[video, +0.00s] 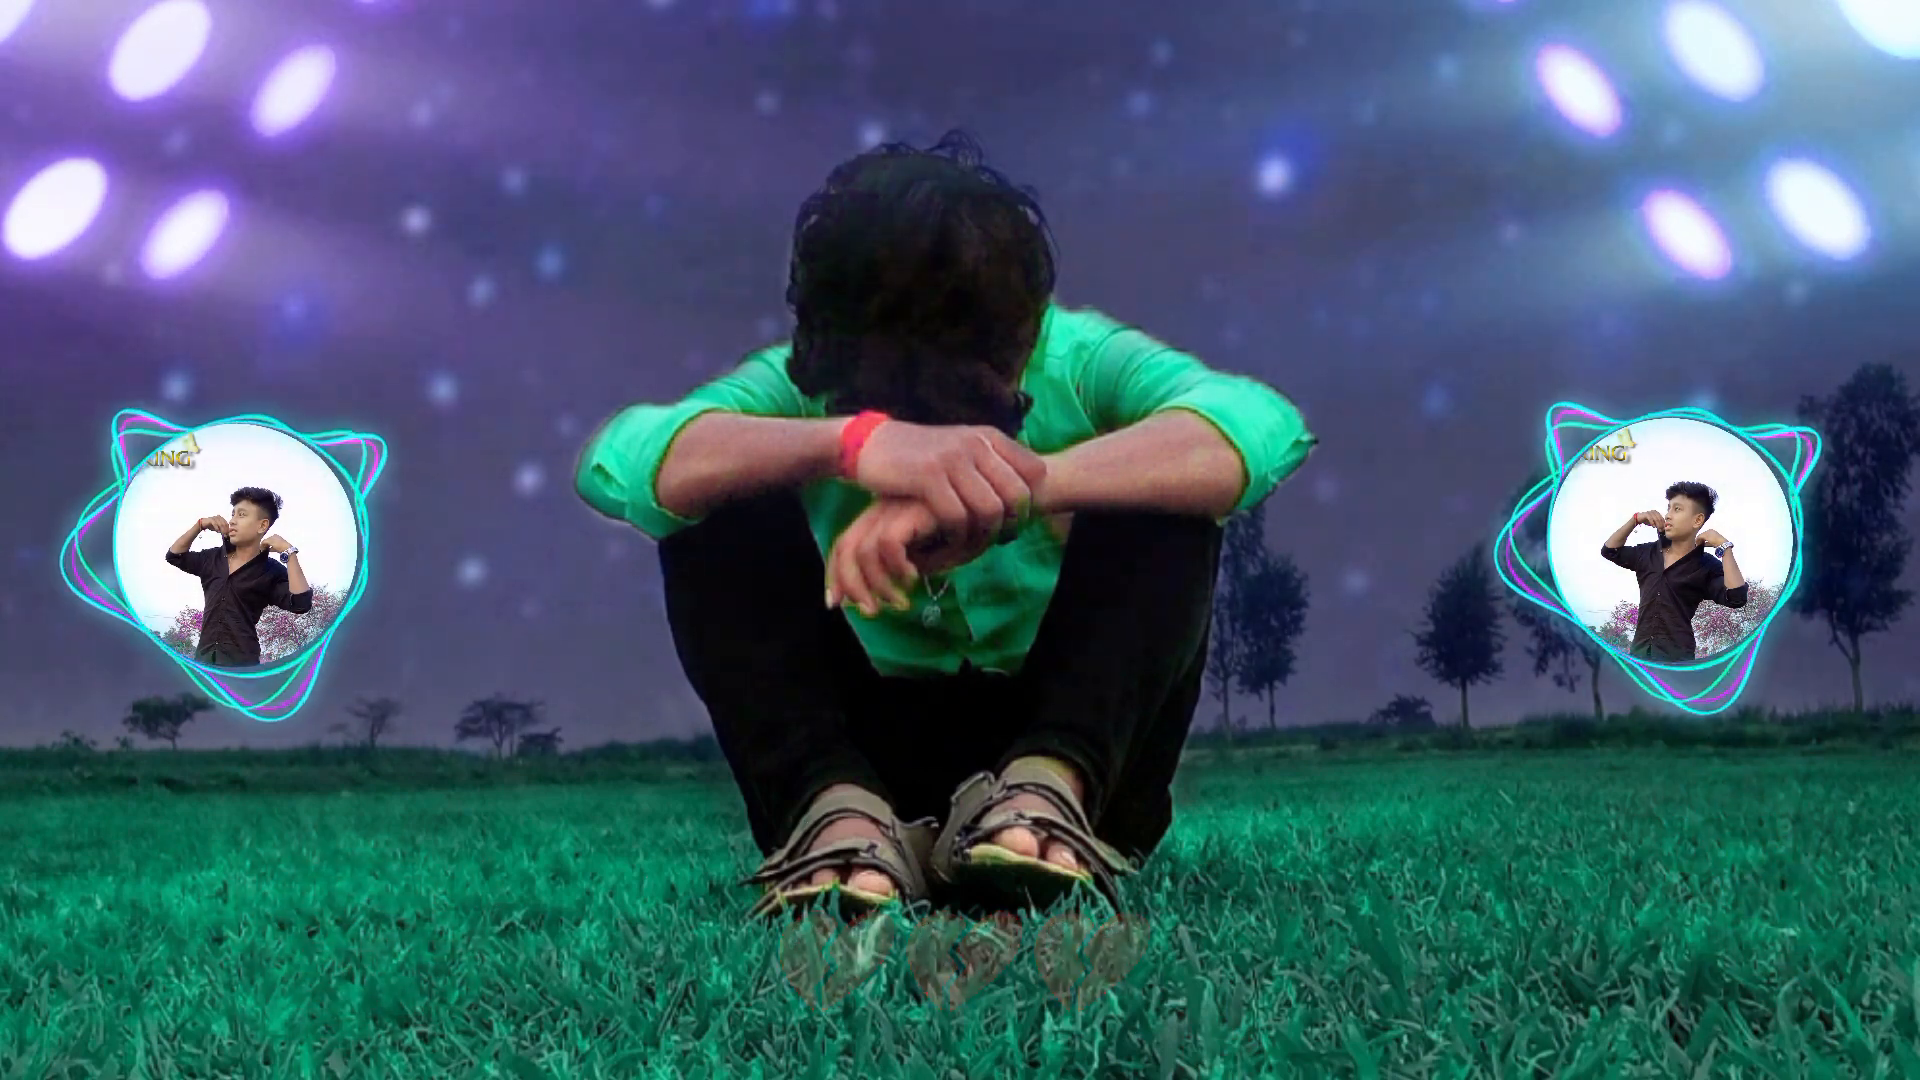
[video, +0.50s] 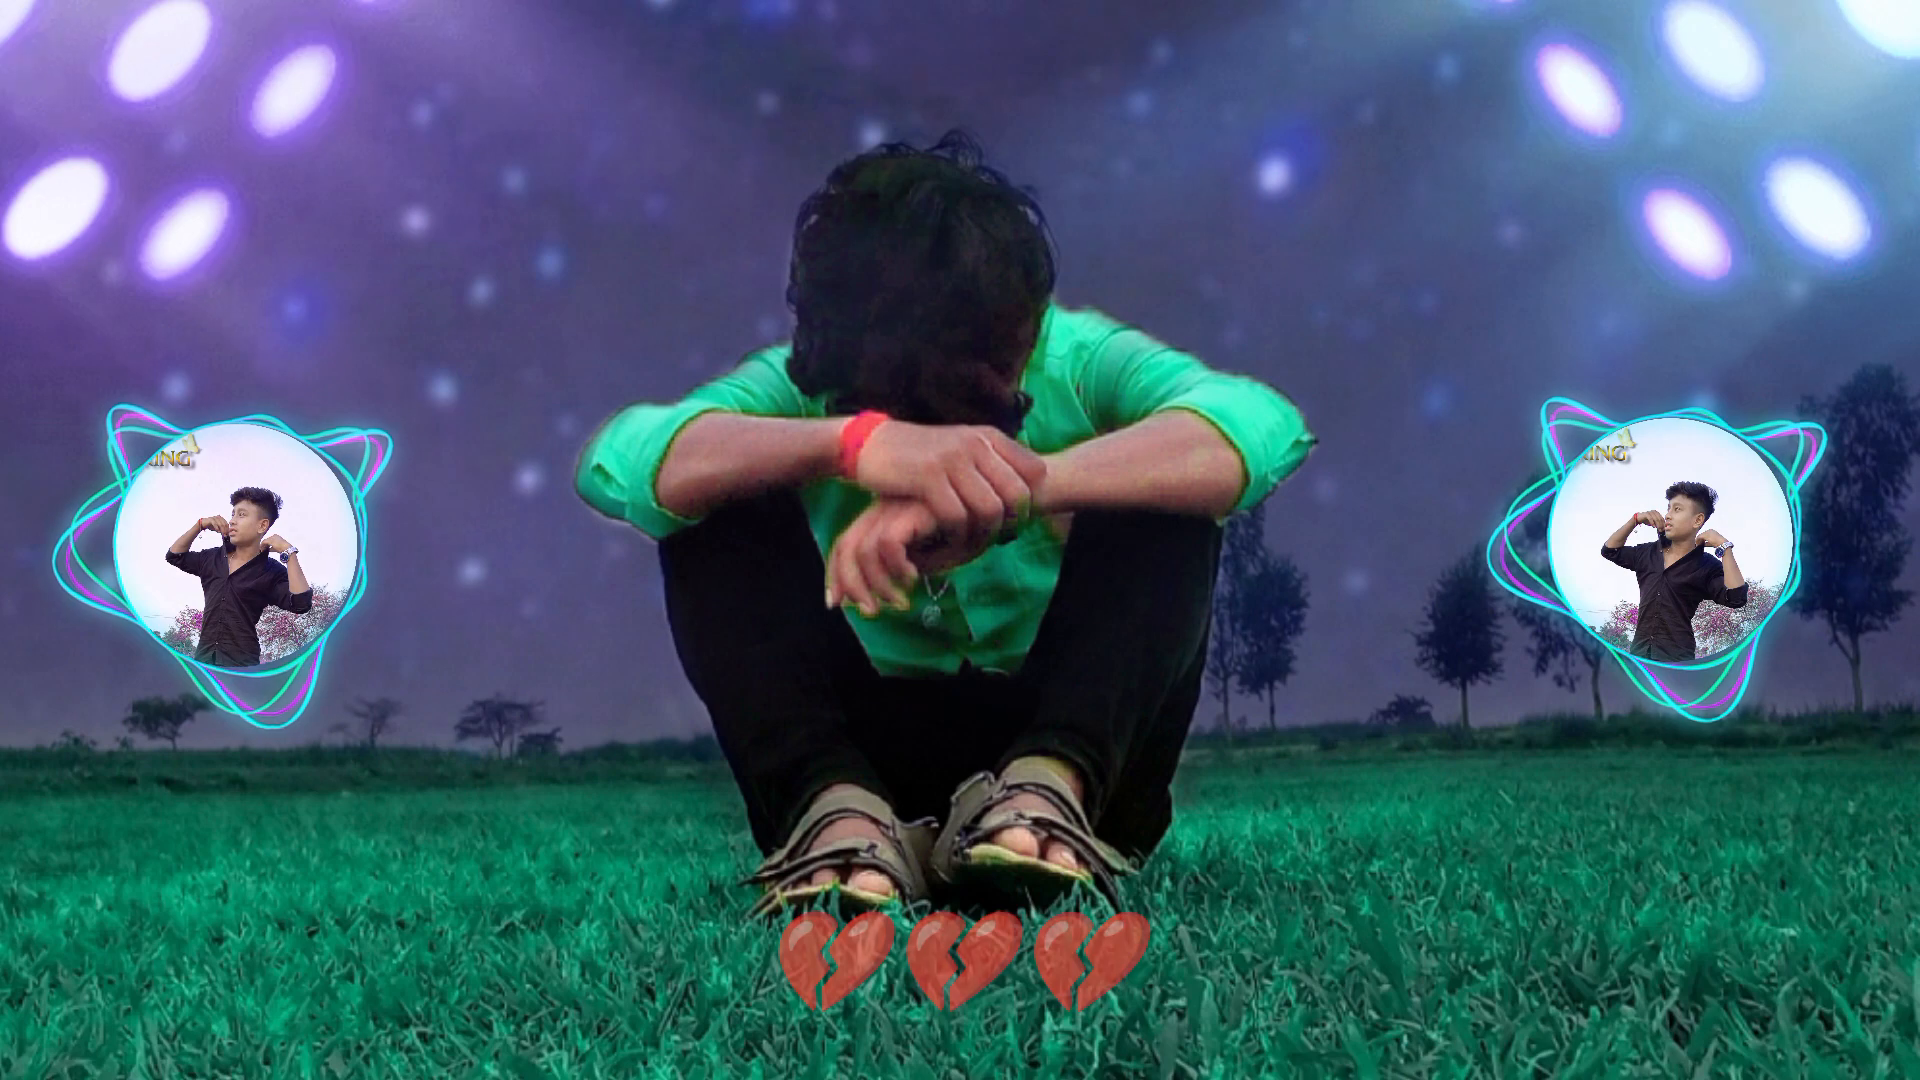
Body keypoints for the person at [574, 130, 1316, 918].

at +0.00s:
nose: (925, 444)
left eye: (961, 410)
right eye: (890, 410)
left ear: (1019, 352)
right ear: (822, 361)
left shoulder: (1076, 355)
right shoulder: (793, 382)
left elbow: (1265, 428)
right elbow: (611, 467)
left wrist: (1001, 490)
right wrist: (851, 446)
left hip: (1062, 751)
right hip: (864, 758)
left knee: (1165, 488)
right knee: (713, 505)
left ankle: (1044, 789)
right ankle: (836, 816)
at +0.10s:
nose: (935, 446)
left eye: (970, 407)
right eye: (901, 414)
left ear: (1021, 349)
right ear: (825, 366)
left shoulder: (1074, 355)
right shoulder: (794, 383)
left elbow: (1265, 429)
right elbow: (612, 467)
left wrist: (1004, 491)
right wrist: (851, 447)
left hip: (1059, 751)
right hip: (864, 759)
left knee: (1164, 491)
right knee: (714, 505)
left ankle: (1043, 790)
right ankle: (837, 819)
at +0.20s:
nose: (935, 452)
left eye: (972, 409)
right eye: (899, 417)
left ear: (1022, 349)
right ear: (823, 370)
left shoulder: (1074, 355)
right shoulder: (795, 383)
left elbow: (1265, 429)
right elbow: (612, 468)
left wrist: (1002, 492)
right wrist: (851, 447)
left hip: (1057, 747)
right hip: (864, 753)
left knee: (1165, 489)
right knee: (714, 501)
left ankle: (1043, 790)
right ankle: (835, 818)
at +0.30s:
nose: (914, 453)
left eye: (952, 419)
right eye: (877, 414)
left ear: (1019, 358)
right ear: (817, 365)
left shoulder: (1076, 355)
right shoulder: (794, 381)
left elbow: (1264, 429)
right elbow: (612, 467)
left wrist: (1000, 490)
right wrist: (851, 446)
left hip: (1059, 748)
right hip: (864, 753)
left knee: (1165, 487)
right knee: (711, 502)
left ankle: (1043, 789)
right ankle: (837, 818)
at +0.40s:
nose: (950, 440)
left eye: (985, 394)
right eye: (912, 413)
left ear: (1023, 341)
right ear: (837, 368)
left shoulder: (1074, 354)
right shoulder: (795, 384)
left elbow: (1265, 429)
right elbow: (611, 467)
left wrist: (1000, 491)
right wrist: (851, 447)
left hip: (1058, 746)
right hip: (863, 752)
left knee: (1167, 488)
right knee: (712, 502)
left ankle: (1043, 789)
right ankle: (836, 818)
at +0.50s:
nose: (947, 449)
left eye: (979, 404)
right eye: (908, 423)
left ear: (1019, 343)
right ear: (832, 373)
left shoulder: (1074, 353)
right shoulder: (795, 383)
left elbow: (1266, 428)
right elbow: (611, 467)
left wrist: (1002, 491)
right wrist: (852, 447)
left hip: (1058, 749)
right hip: (862, 757)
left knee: (1166, 488)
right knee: (712, 500)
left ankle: (1044, 791)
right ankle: (836, 817)